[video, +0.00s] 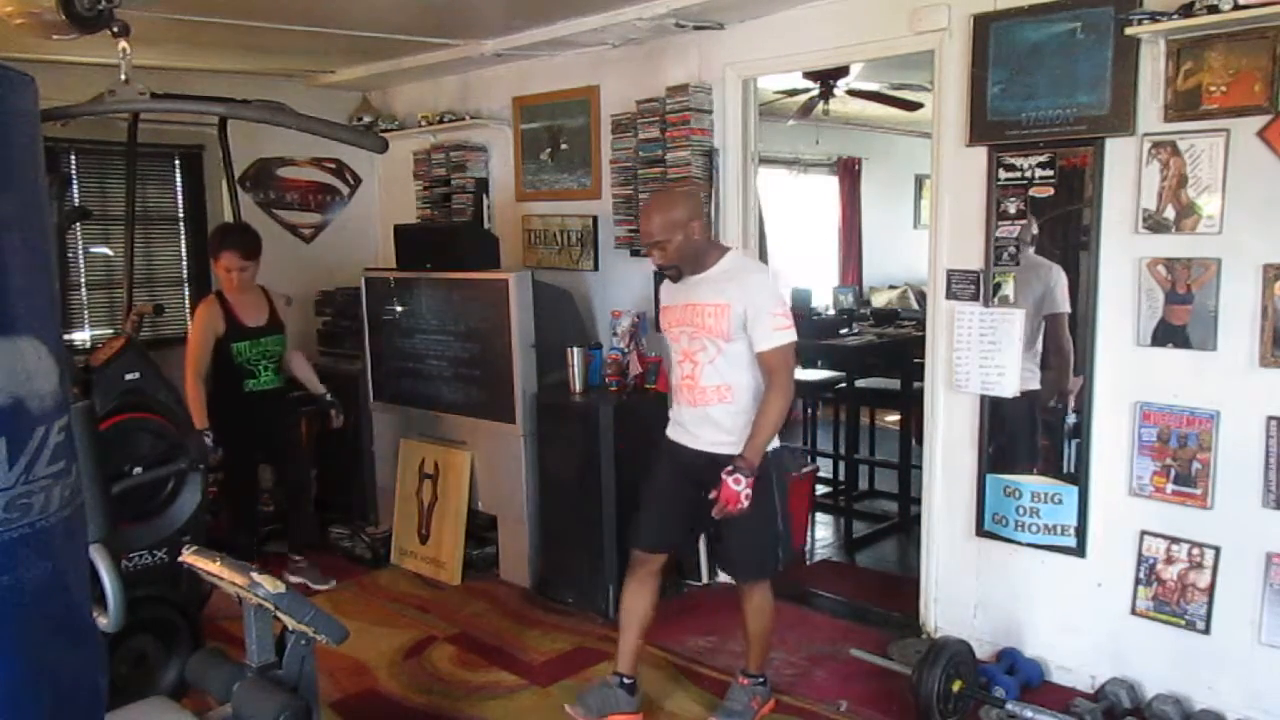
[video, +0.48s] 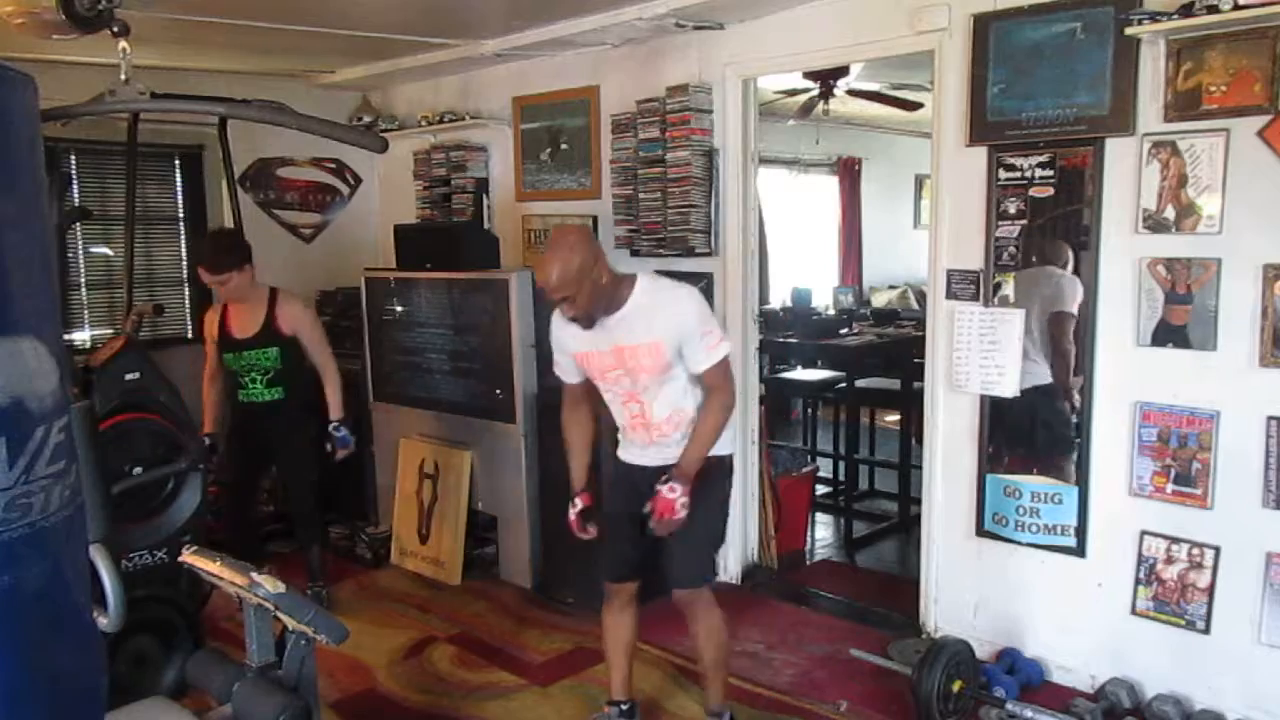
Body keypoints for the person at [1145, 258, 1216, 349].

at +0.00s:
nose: (1179, 273)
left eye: (1183, 269)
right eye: (1176, 269)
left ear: (1188, 273)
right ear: (1172, 272)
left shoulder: (1191, 287)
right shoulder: (1168, 286)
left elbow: (1213, 267)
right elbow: (1151, 265)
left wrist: (1195, 263)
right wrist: (1166, 262)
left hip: (1182, 329)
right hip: (1165, 328)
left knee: (1190, 358)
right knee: (1154, 356)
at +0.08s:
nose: (1179, 273)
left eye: (1183, 269)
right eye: (1176, 269)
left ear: (1188, 273)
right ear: (1172, 272)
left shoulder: (1192, 287)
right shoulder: (1168, 286)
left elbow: (1213, 267)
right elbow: (1151, 265)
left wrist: (1194, 263)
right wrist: (1167, 263)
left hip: (1182, 329)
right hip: (1165, 328)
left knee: (1190, 357)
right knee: (1154, 357)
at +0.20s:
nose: (1180, 272)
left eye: (1183, 269)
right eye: (1176, 269)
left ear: (1188, 271)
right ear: (1171, 272)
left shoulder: (1191, 287)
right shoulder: (1168, 286)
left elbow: (1213, 268)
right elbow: (1151, 266)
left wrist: (1196, 262)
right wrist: (1166, 260)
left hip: (1181, 329)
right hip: (1164, 327)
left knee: (1189, 358)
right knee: (1154, 357)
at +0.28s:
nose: (1180, 273)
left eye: (1183, 269)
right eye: (1177, 270)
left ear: (1188, 271)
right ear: (1172, 272)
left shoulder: (1191, 287)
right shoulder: (1168, 286)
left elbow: (1213, 268)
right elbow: (1151, 266)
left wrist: (1196, 262)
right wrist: (1166, 261)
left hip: (1181, 329)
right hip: (1164, 327)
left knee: (1189, 358)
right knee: (1154, 357)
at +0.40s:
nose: (1181, 272)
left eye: (1183, 269)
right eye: (1177, 270)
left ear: (1188, 271)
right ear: (1172, 272)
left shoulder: (1191, 287)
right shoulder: (1168, 286)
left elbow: (1213, 268)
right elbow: (1151, 265)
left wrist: (1196, 262)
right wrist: (1166, 261)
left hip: (1181, 329)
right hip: (1164, 327)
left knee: (1189, 358)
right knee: (1154, 357)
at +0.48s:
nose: (1180, 273)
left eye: (1183, 269)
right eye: (1176, 270)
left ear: (1188, 271)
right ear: (1172, 272)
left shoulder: (1192, 287)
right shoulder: (1168, 286)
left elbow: (1213, 268)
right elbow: (1151, 266)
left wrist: (1196, 262)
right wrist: (1165, 261)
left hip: (1181, 329)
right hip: (1164, 327)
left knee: (1189, 358)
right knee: (1154, 357)